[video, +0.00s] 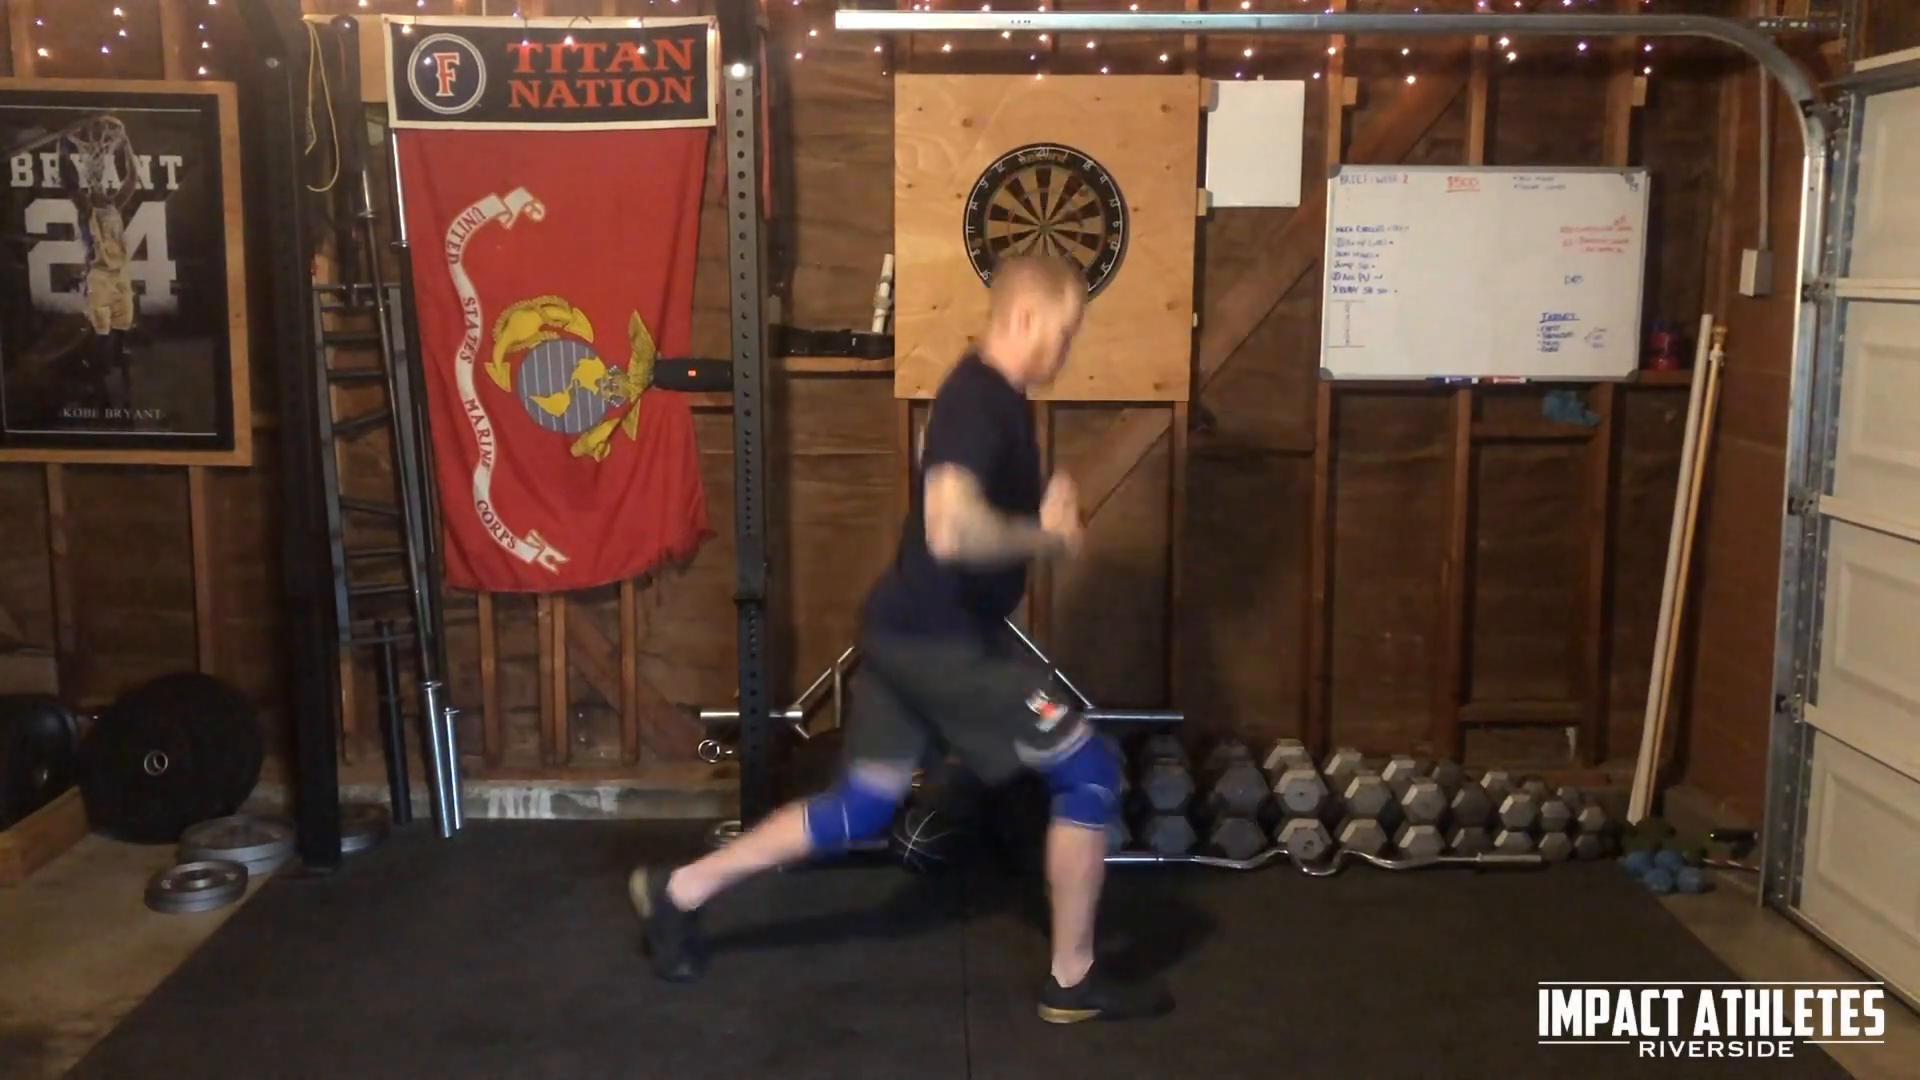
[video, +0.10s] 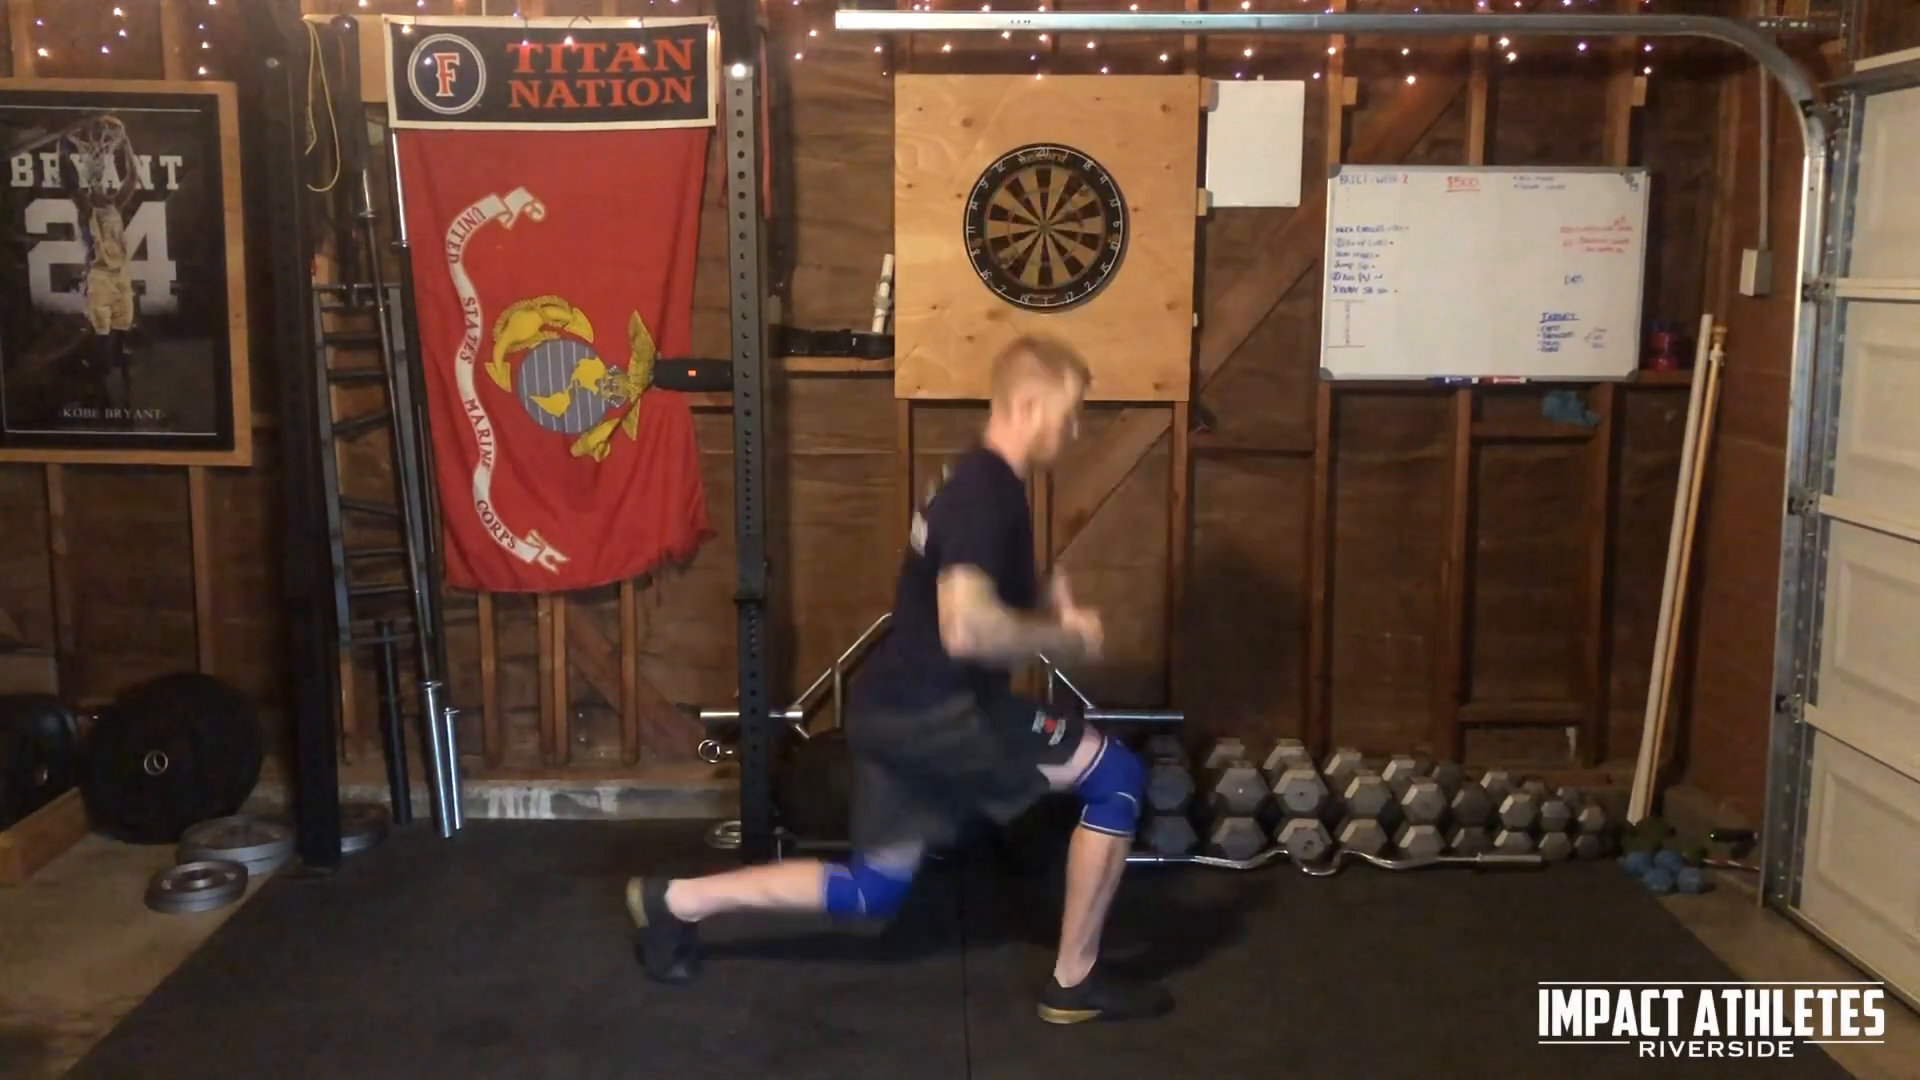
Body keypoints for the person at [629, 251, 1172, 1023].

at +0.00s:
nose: (1068, 348)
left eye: (1072, 331)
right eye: (1066, 329)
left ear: (1010, 318)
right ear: (1028, 320)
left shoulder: (995, 396)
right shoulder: (979, 396)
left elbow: (977, 513)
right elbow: (952, 530)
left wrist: (1041, 515)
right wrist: (1050, 537)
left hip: (910, 625)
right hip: (939, 631)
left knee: (861, 807)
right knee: (1088, 770)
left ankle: (678, 891)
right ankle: (1073, 978)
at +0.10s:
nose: (1075, 427)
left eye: (1078, 411)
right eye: (1072, 409)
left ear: (1020, 405)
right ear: (1028, 406)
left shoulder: (989, 481)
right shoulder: (983, 487)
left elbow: (991, 596)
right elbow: (967, 628)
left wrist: (1042, 600)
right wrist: (1065, 633)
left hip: (901, 712)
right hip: (934, 712)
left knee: (870, 890)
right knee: (1116, 778)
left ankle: (672, 901)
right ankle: (1076, 977)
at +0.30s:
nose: (1077, 514)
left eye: (1079, 500)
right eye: (1073, 499)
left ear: (1018, 494)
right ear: (1036, 495)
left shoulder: (971, 556)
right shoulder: (992, 573)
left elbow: (1025, 672)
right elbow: (978, 734)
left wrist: (1075, 719)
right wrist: (1075, 723)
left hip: (895, 782)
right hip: (927, 785)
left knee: (887, 950)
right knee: (1124, 785)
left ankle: (699, 898)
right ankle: (1074, 978)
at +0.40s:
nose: (1079, 494)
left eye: (1080, 478)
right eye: (1075, 478)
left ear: (1020, 474)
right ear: (1036, 475)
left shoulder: (978, 535)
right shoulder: (996, 553)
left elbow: (982, 674)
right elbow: (996, 716)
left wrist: (1046, 681)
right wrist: (1073, 685)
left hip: (891, 762)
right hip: (931, 767)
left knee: (879, 933)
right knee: (1125, 781)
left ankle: (683, 898)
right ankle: (1075, 977)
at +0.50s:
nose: (1077, 428)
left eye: (1078, 411)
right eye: (1072, 410)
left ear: (1015, 406)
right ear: (1032, 410)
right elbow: (1010, 636)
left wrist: (1047, 569)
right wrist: (1072, 590)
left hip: (903, 709)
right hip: (950, 712)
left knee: (867, 880)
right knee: (1120, 778)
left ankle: (667, 902)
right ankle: (1078, 975)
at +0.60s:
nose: (1075, 333)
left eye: (1079, 316)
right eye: (1071, 314)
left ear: (1018, 309)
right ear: (1033, 307)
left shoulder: (992, 383)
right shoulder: (994, 389)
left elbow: (1002, 507)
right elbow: (993, 522)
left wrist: (1052, 495)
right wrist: (1061, 487)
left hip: (911, 619)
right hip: (950, 626)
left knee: (871, 784)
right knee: (1083, 758)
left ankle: (700, 883)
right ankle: (1077, 970)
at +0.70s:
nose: (1087, 258)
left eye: (1091, 241)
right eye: (1086, 238)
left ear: (1020, 225)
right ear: (1044, 227)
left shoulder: (992, 304)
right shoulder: (1000, 309)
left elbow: (974, 412)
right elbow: (981, 432)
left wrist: (1041, 394)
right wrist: (1055, 415)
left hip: (917, 537)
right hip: (949, 545)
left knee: (922, 720)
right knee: (1023, 725)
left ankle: (770, 853)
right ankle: (999, 938)